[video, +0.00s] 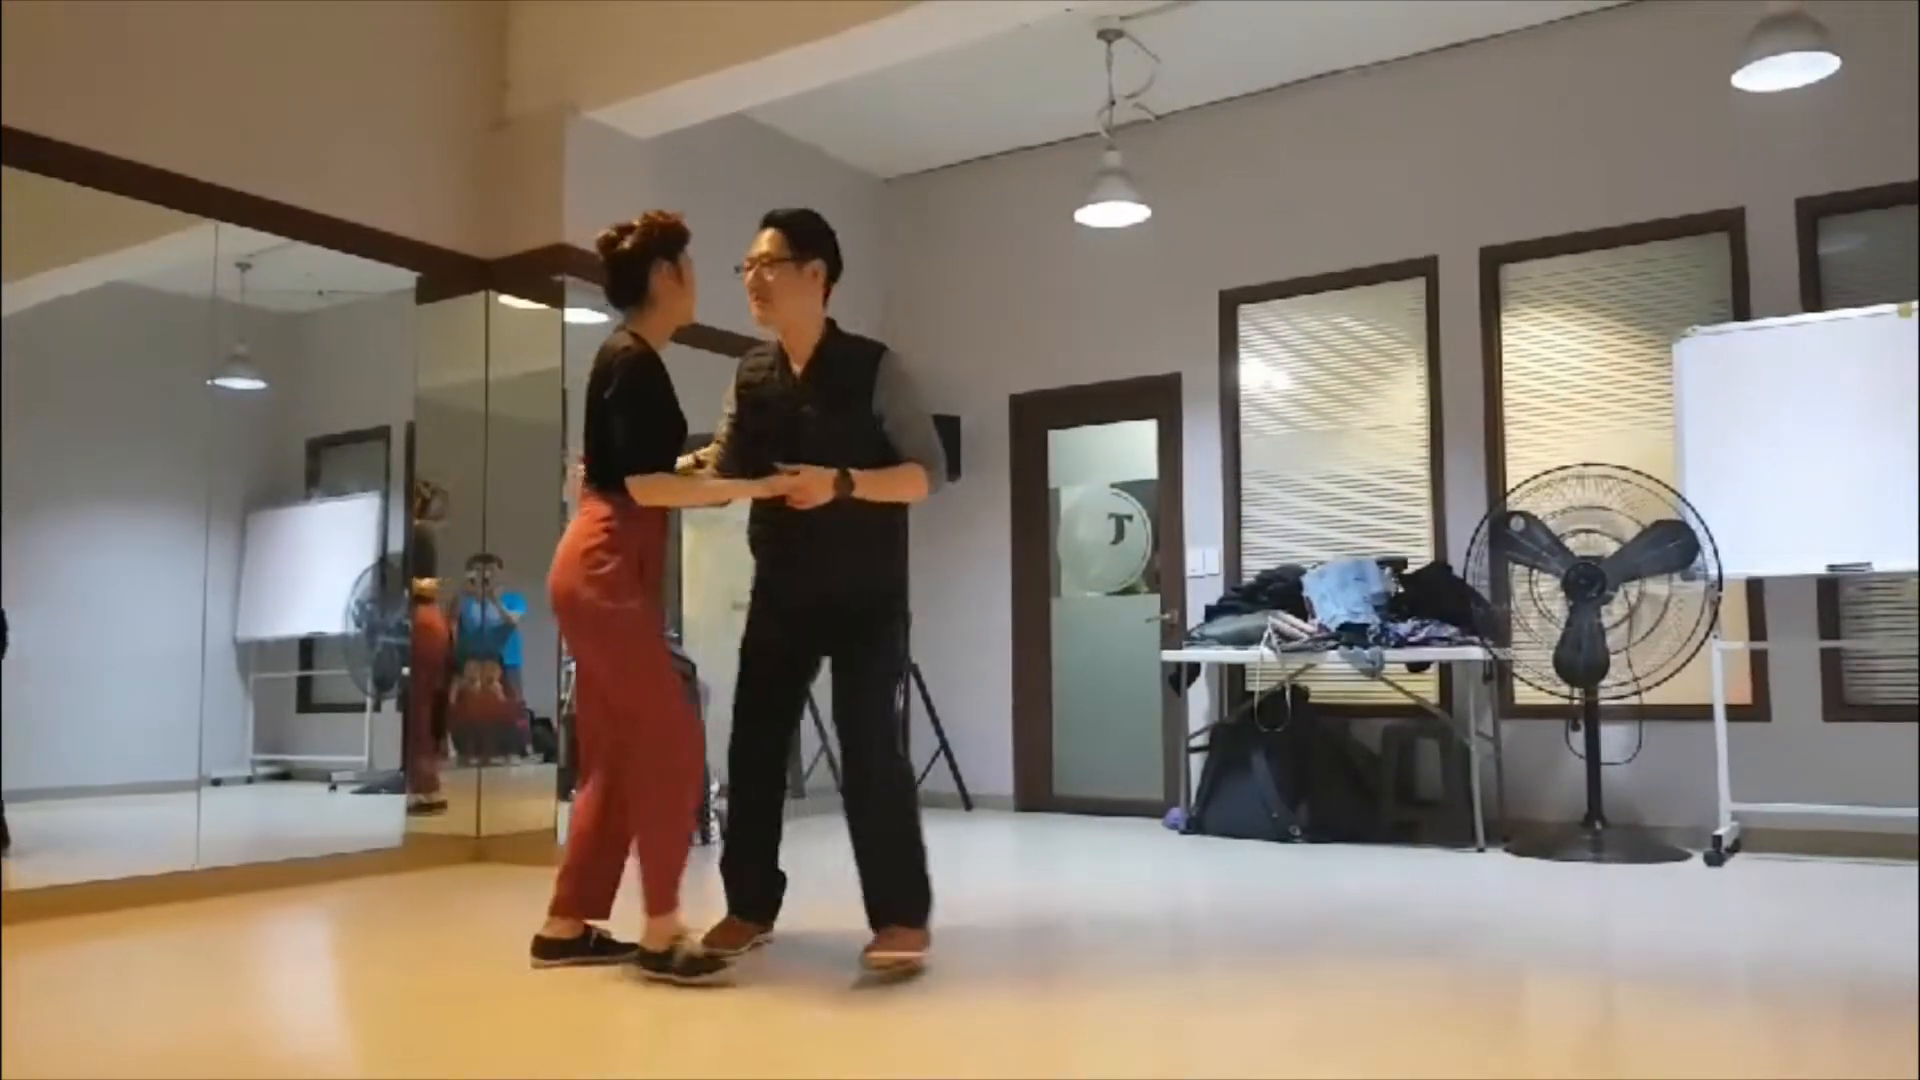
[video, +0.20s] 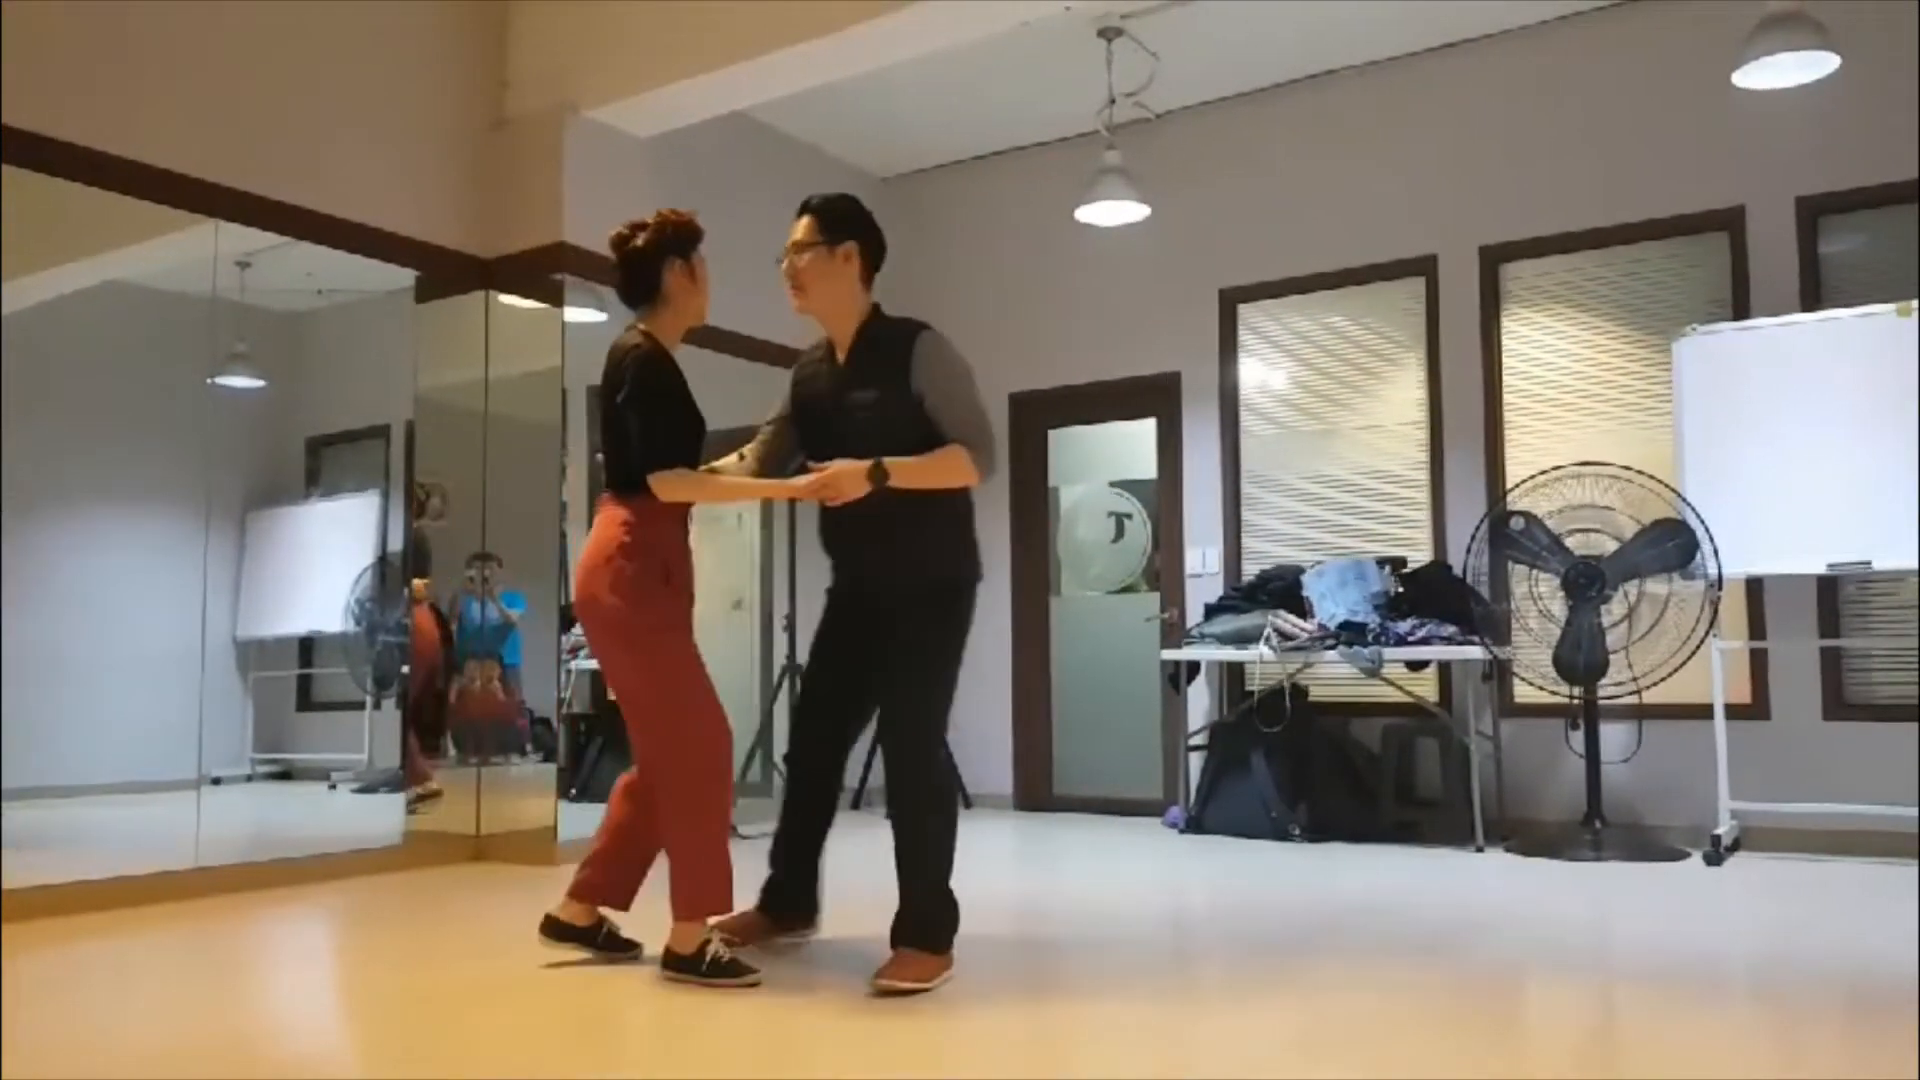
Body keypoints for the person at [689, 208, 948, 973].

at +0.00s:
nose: (750, 277)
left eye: (767, 264)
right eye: (748, 266)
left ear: (818, 275)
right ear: (757, 282)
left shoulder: (876, 368)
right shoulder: (754, 371)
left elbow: (926, 474)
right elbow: (726, 472)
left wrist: (842, 481)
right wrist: (645, 475)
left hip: (867, 595)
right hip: (782, 594)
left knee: (870, 754)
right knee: (754, 752)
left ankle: (901, 922)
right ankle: (749, 910)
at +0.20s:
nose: (787, 268)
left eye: (802, 252)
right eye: (786, 256)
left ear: (853, 259)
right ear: (811, 269)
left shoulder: (918, 349)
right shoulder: (810, 372)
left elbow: (978, 459)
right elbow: (761, 467)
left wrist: (878, 472)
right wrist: (676, 476)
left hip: (933, 582)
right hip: (856, 585)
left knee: (912, 748)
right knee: (814, 742)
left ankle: (925, 939)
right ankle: (788, 904)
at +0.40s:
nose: (830, 236)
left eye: (845, 221)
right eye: (831, 223)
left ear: (898, 229)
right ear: (867, 236)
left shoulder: (967, 317)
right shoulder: (857, 347)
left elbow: (1036, 421)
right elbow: (782, 434)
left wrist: (927, 443)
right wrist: (709, 455)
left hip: (992, 564)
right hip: (917, 568)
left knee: (929, 728)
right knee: (881, 725)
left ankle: (927, 929)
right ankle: (973, 889)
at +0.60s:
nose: (856, 248)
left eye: (871, 232)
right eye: (859, 234)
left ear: (921, 243)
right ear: (900, 247)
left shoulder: (992, 335)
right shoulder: (886, 362)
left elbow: (1062, 443)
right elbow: (814, 440)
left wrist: (948, 459)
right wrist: (746, 459)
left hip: (1007, 578)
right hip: (950, 581)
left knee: (910, 731)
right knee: (910, 734)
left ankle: (984, 938)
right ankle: (962, 921)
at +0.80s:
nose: (864, 218)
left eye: (874, 200)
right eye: (868, 203)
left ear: (915, 206)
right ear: (920, 210)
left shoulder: (970, 290)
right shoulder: (937, 308)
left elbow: (1033, 400)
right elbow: (952, 420)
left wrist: (908, 432)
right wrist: (881, 453)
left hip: (1021, 565)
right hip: (990, 565)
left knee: (941, 744)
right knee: (942, 738)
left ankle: (1002, 970)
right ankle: (977, 915)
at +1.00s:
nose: (903, 184)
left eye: (908, 167)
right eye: (906, 168)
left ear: (938, 167)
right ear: (991, 173)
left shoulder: (962, 252)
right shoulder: (1031, 260)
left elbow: (961, 366)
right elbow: (1038, 398)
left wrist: (839, 389)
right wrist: (944, 455)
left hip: (1023, 533)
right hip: (1087, 526)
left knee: (961, 743)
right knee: (1017, 720)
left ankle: (993, 974)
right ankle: (1128, 887)